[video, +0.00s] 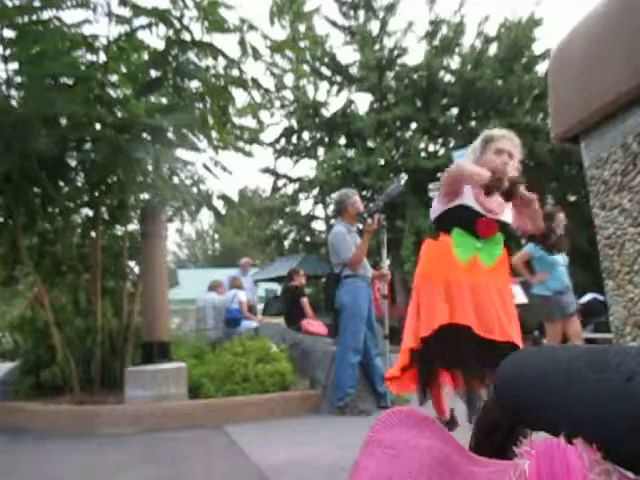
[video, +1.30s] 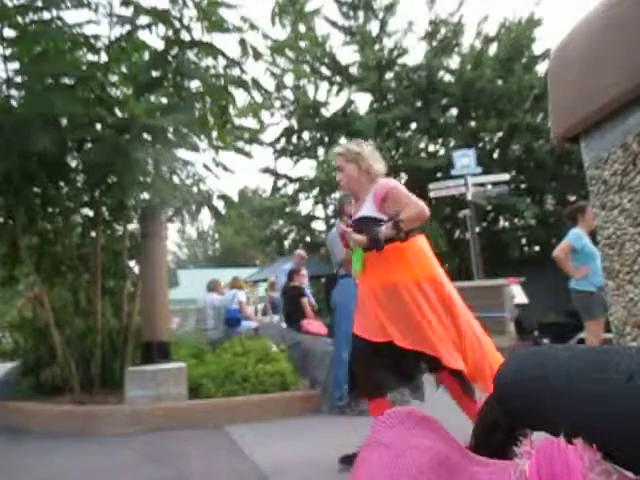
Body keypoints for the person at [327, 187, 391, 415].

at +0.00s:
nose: (361, 207)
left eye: (360, 203)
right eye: (357, 203)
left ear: (353, 207)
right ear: (346, 207)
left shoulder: (353, 232)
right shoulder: (338, 233)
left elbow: (358, 264)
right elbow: (353, 263)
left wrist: (375, 274)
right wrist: (367, 235)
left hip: (364, 284)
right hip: (351, 284)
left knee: (370, 342)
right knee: (351, 343)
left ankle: (383, 393)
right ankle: (344, 398)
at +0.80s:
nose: (362, 207)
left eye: (361, 202)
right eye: (358, 203)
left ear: (353, 207)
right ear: (347, 207)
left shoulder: (356, 231)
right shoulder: (337, 233)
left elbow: (360, 262)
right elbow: (350, 261)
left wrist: (374, 274)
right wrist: (361, 238)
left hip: (364, 283)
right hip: (350, 283)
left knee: (371, 342)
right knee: (349, 344)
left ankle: (385, 393)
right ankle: (343, 398)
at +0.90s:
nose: (361, 206)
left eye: (361, 202)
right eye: (357, 202)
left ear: (354, 207)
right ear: (346, 207)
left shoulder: (357, 231)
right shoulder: (337, 234)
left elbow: (366, 258)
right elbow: (346, 261)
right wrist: (362, 238)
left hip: (364, 285)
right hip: (347, 287)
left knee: (371, 342)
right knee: (348, 345)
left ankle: (384, 392)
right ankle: (343, 397)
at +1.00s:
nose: (361, 206)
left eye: (361, 202)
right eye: (357, 202)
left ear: (357, 207)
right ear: (346, 207)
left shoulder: (357, 231)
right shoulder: (337, 233)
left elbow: (365, 262)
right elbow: (348, 263)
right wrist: (362, 238)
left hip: (366, 282)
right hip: (348, 283)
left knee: (372, 342)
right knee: (348, 343)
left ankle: (385, 392)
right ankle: (344, 397)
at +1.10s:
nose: (362, 206)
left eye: (362, 202)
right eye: (357, 202)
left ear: (354, 207)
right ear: (346, 207)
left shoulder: (357, 232)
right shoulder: (337, 233)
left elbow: (363, 263)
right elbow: (347, 263)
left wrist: (376, 273)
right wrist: (360, 238)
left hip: (365, 283)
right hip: (349, 283)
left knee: (372, 341)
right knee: (348, 343)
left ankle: (385, 392)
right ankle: (343, 397)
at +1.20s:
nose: (361, 209)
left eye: (361, 205)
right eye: (356, 205)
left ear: (358, 207)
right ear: (345, 208)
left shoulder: (359, 231)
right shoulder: (337, 233)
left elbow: (367, 261)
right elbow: (347, 262)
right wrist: (359, 237)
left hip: (366, 282)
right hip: (349, 283)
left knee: (368, 338)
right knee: (347, 342)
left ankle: (377, 388)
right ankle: (344, 396)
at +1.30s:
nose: (354, 209)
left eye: (354, 205)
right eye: (351, 205)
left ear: (350, 208)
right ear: (343, 208)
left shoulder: (354, 229)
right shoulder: (336, 232)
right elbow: (343, 260)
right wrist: (359, 245)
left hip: (359, 279)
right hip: (345, 281)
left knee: (355, 339)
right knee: (344, 340)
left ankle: (354, 392)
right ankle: (340, 395)